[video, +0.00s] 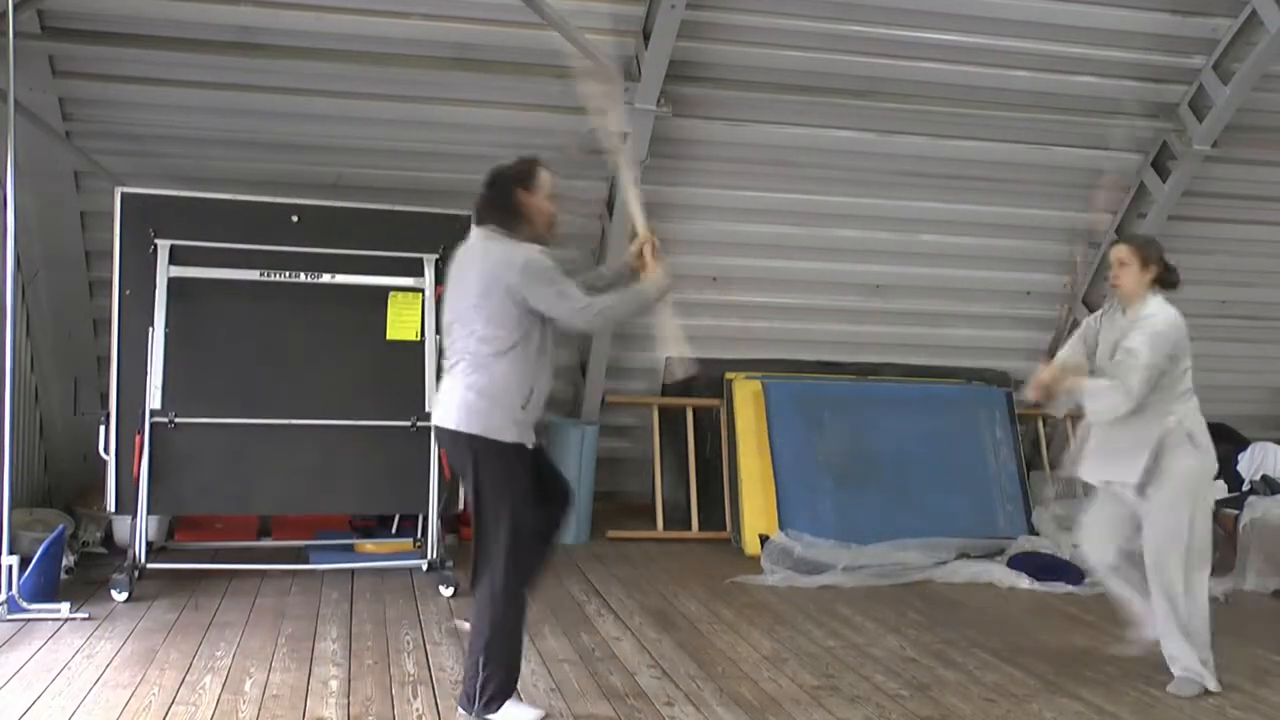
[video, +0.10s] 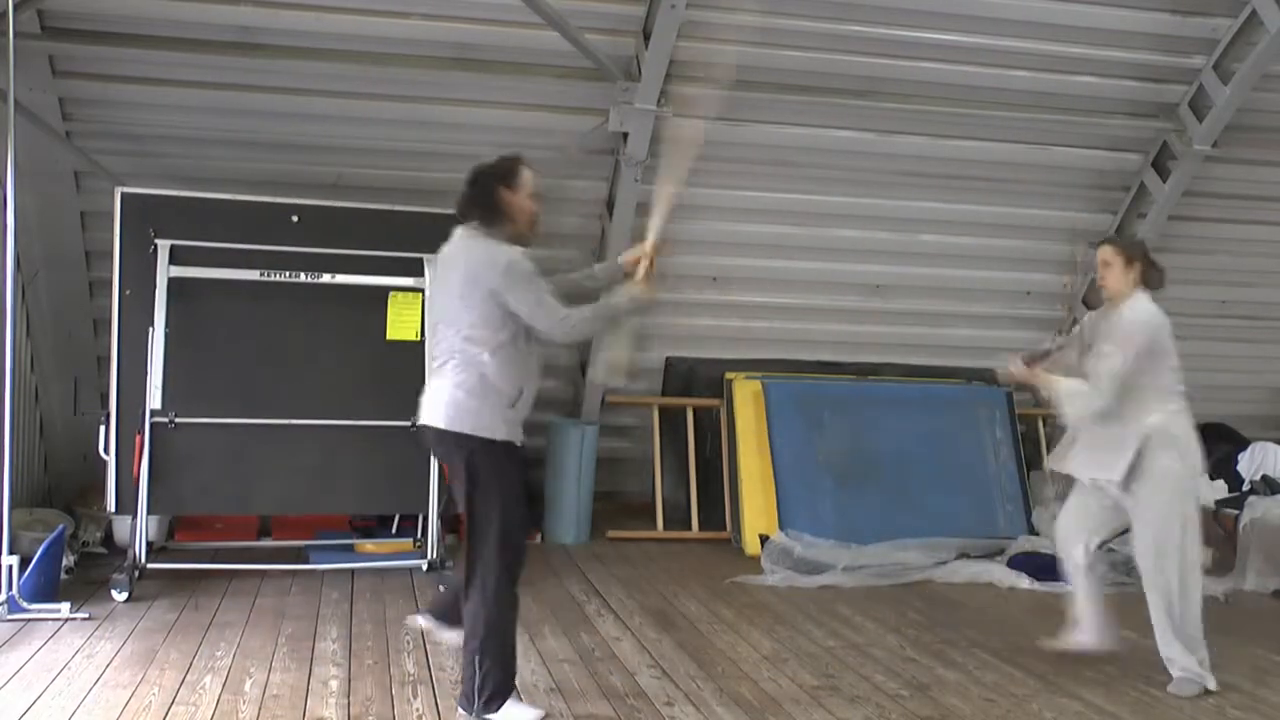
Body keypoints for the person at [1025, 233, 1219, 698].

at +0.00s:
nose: (1113, 275)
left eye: (1123, 266)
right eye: (1111, 267)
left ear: (1150, 272)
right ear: (1111, 274)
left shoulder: (1162, 323)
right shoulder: (1108, 316)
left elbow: (1126, 394)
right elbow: (1074, 354)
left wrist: (1064, 386)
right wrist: (1047, 378)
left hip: (1176, 459)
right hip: (1128, 458)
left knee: (1170, 564)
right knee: (1098, 548)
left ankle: (1195, 670)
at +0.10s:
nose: (1100, 276)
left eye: (1108, 267)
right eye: (1098, 268)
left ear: (1134, 270)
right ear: (1102, 274)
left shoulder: (1141, 316)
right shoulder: (1109, 318)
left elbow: (1100, 395)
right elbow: (1071, 358)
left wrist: (1041, 379)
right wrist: (1033, 368)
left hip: (1162, 455)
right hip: (1119, 453)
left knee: (1165, 559)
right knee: (1072, 529)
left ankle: (1191, 670)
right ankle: (1090, 629)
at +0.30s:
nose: (1072, 272)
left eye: (1079, 263)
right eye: (1070, 264)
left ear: (1103, 265)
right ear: (1086, 267)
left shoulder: (1110, 308)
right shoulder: (1093, 303)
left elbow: (1028, 332)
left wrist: (1013, 294)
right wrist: (1025, 272)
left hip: (1109, 446)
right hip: (1082, 444)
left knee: (1086, 544)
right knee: (1048, 537)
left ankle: (1150, 649)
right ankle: (1049, 638)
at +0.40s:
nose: (1056, 263)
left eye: (1062, 254)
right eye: (1055, 254)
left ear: (1086, 255)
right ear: (1092, 256)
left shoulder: (1079, 298)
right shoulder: (1105, 293)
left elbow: (1002, 299)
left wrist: (1010, 256)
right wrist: (1049, 228)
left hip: (1085, 433)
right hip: (1078, 430)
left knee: (1068, 539)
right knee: (1050, 534)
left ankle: (1081, 658)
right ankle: (1046, 634)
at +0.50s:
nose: (1041, 260)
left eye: (1048, 253)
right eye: (1042, 252)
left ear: (1073, 255)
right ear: (1080, 257)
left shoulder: (1053, 295)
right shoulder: (1100, 296)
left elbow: (991, 292)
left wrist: (1009, 254)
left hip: (1068, 429)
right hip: (1090, 426)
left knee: (1059, 540)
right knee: (1056, 534)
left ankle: (1077, 658)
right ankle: (1044, 633)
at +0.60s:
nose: (1019, 262)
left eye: (1027, 253)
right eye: (1020, 253)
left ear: (1052, 258)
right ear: (1060, 262)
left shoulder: (1035, 296)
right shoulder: (1083, 303)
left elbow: (978, 315)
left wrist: (999, 273)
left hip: (1057, 432)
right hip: (1084, 432)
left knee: (1029, 539)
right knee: (1050, 536)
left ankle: (1077, 656)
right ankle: (1041, 635)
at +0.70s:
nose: (1009, 268)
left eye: (1016, 260)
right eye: (1009, 260)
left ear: (1040, 263)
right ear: (1045, 265)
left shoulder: (1028, 302)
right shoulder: (1059, 307)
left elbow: (972, 342)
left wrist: (969, 335)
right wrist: (985, 347)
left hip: (1054, 444)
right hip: (1078, 444)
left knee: (1011, 539)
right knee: (1046, 543)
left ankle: (1052, 648)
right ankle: (1046, 639)